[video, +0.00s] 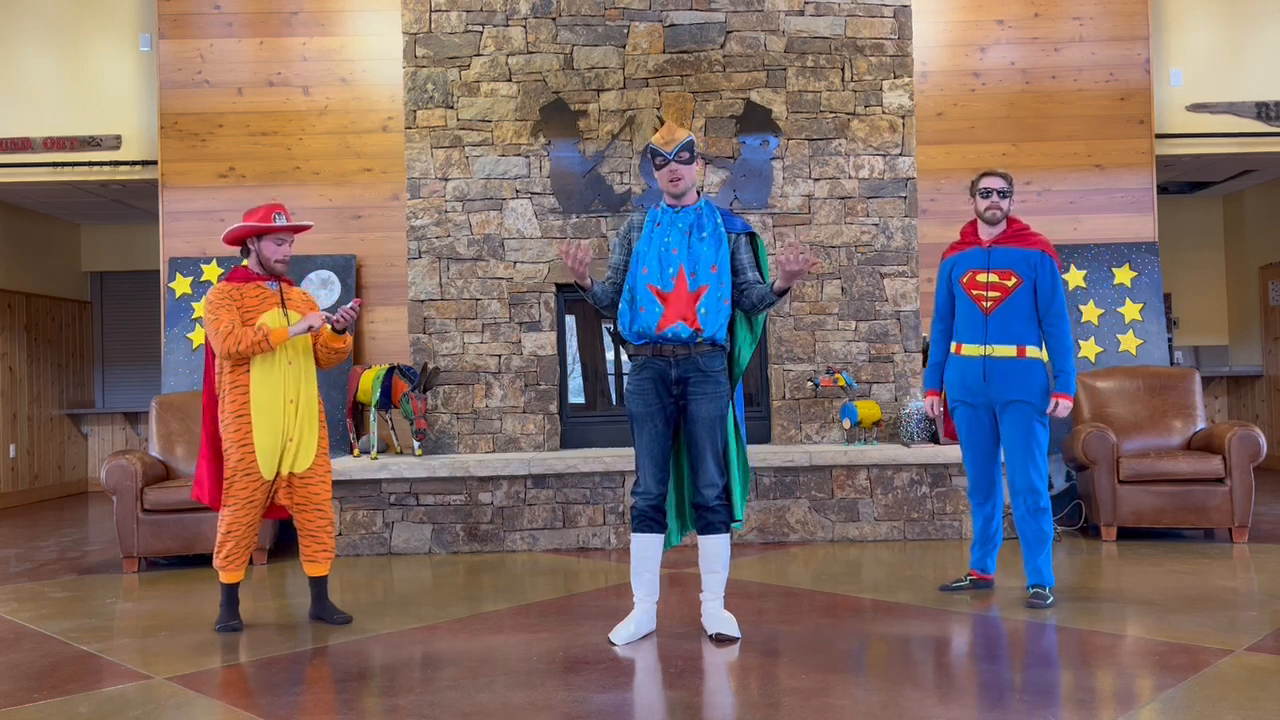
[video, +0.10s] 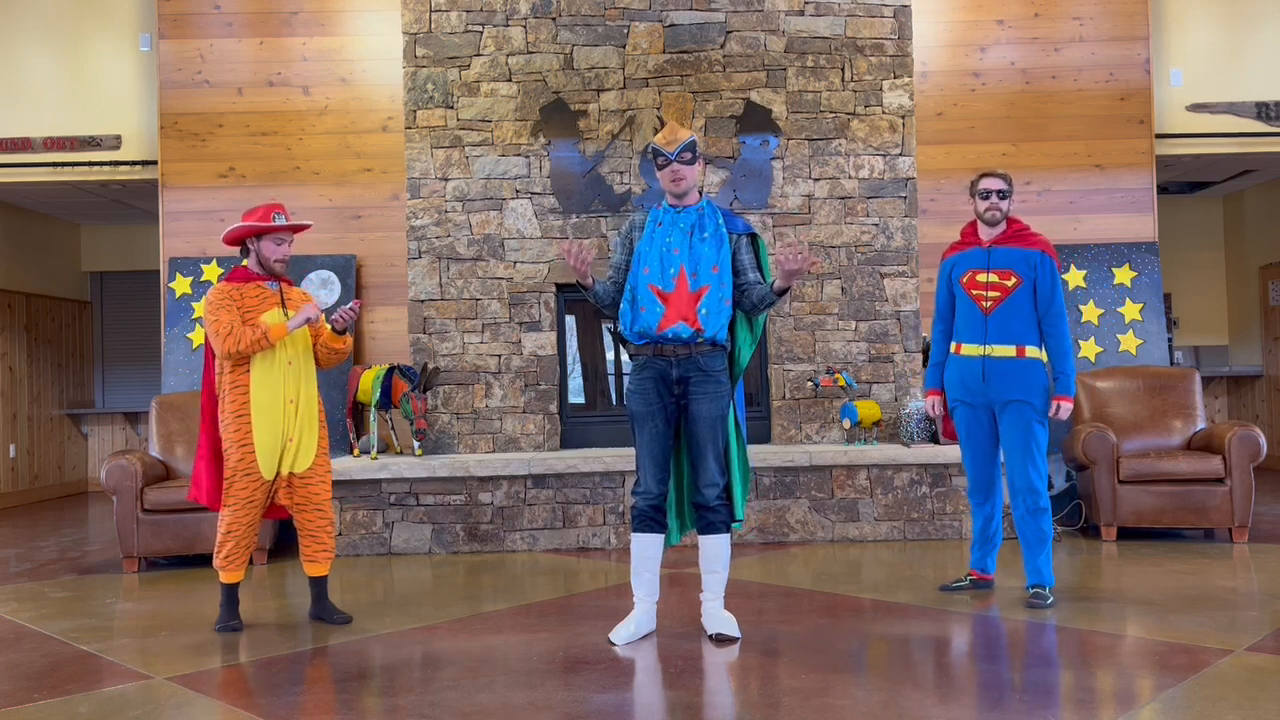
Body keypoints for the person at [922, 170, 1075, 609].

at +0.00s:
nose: (994, 201)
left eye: (1001, 194)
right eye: (985, 194)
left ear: (1012, 202)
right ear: (973, 201)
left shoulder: (1036, 254)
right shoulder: (954, 257)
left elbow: (1057, 323)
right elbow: (941, 327)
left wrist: (1065, 383)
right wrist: (933, 383)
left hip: (1022, 388)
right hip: (968, 391)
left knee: (1029, 486)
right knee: (981, 485)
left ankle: (1039, 580)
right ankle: (982, 572)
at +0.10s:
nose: (993, 202)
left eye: (1001, 195)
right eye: (985, 195)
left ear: (1012, 202)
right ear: (973, 202)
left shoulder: (1035, 254)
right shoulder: (954, 258)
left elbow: (1056, 323)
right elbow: (941, 328)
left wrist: (1065, 384)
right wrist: (934, 384)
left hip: (1021, 387)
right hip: (967, 390)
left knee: (1028, 486)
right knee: (981, 485)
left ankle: (1039, 581)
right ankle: (981, 572)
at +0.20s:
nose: (991, 203)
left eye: (1000, 195)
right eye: (983, 196)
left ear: (1011, 202)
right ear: (972, 203)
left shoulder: (1035, 254)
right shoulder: (954, 258)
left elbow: (1055, 324)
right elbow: (941, 328)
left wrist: (1064, 384)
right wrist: (934, 385)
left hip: (1021, 387)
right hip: (967, 390)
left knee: (1027, 485)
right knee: (981, 485)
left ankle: (1039, 581)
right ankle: (982, 572)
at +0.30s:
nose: (985, 204)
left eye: (994, 197)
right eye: (978, 198)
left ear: (1009, 202)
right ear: (969, 205)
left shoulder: (1036, 254)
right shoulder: (955, 258)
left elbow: (1055, 324)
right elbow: (942, 328)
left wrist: (1063, 385)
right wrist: (934, 385)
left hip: (1020, 388)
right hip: (967, 391)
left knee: (1027, 486)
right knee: (981, 485)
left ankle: (1039, 581)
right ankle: (982, 572)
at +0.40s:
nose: (975, 206)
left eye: (984, 198)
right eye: (970, 199)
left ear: (1007, 203)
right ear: (965, 205)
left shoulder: (1035, 254)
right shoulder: (956, 257)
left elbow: (1056, 324)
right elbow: (943, 326)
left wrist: (1062, 385)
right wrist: (934, 383)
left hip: (1019, 388)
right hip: (966, 391)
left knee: (1027, 485)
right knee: (981, 485)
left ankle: (1039, 581)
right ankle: (982, 572)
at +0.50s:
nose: (969, 206)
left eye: (978, 198)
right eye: (967, 199)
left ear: (1004, 203)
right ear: (969, 205)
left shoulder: (1036, 254)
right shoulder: (957, 256)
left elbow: (1057, 325)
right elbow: (944, 326)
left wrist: (1062, 385)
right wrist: (934, 381)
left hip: (1019, 389)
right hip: (967, 391)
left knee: (1026, 486)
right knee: (981, 485)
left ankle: (1039, 581)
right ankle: (982, 572)